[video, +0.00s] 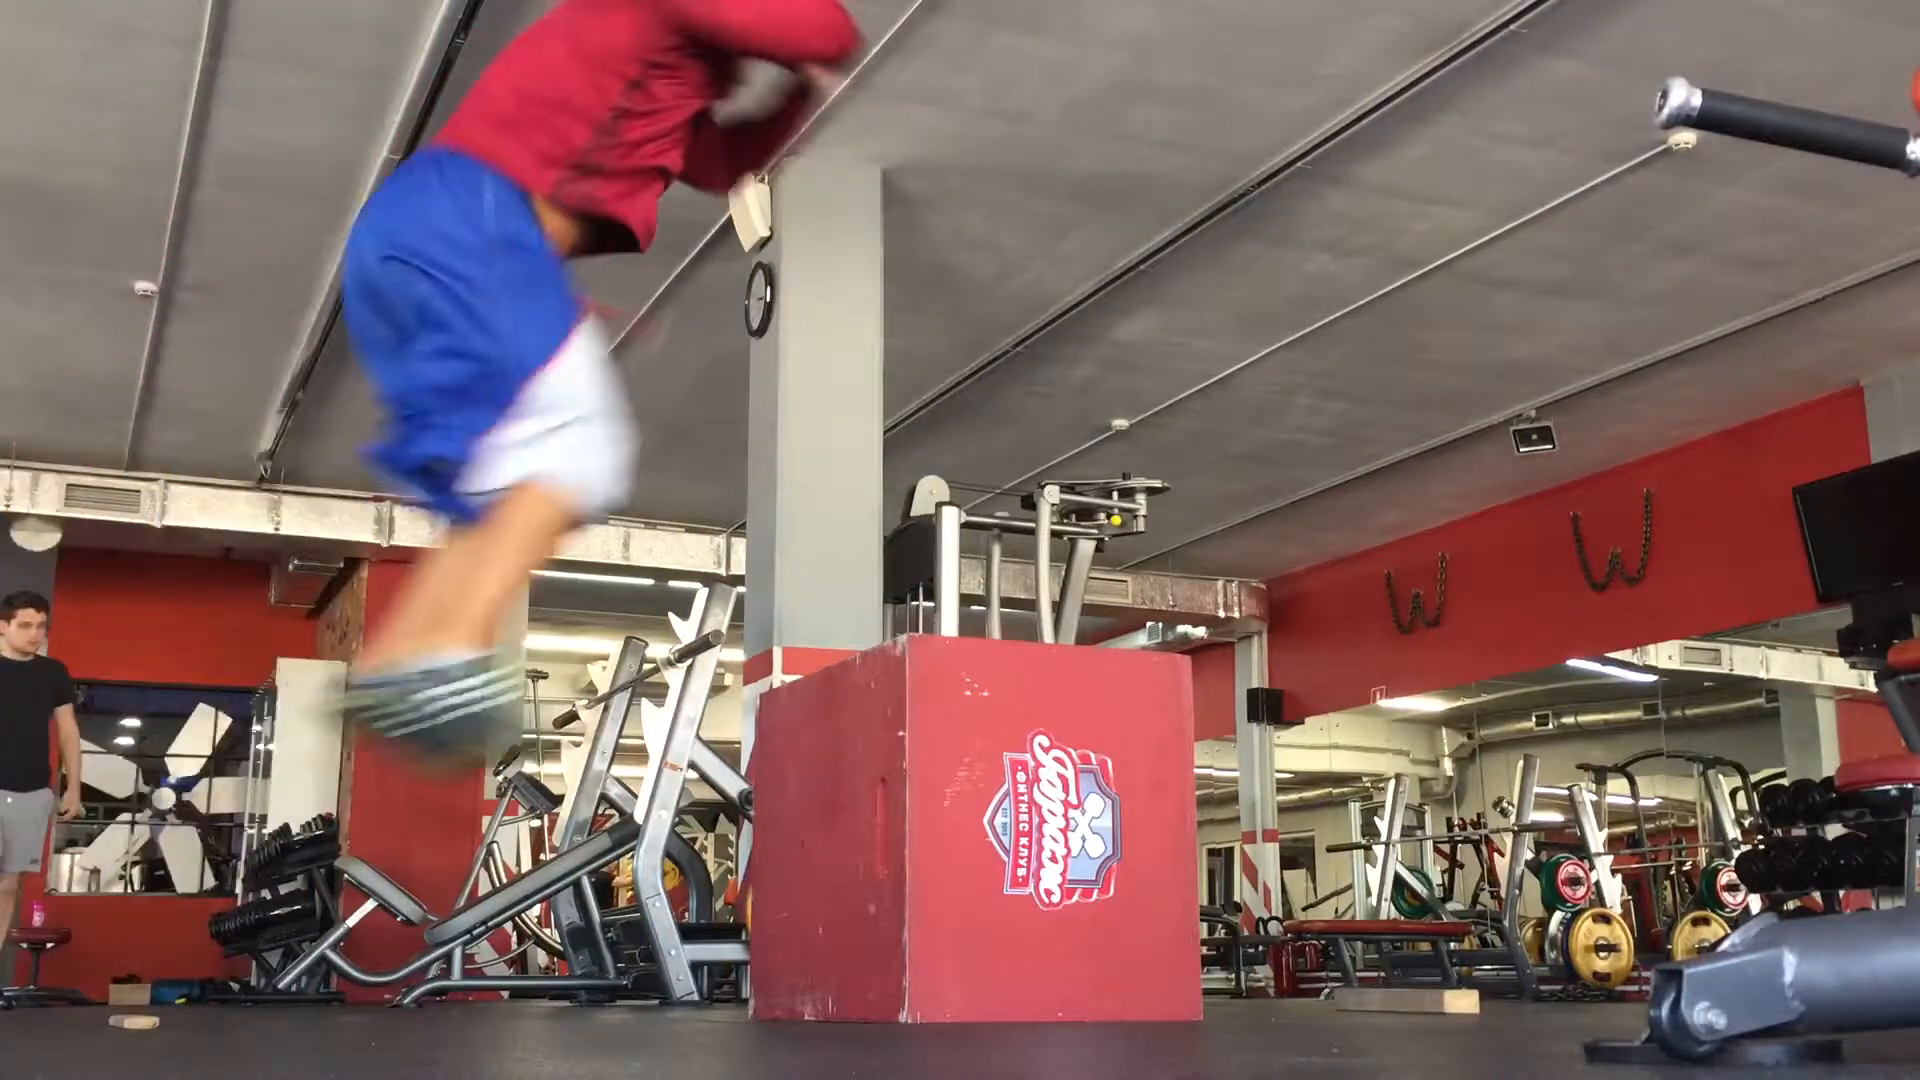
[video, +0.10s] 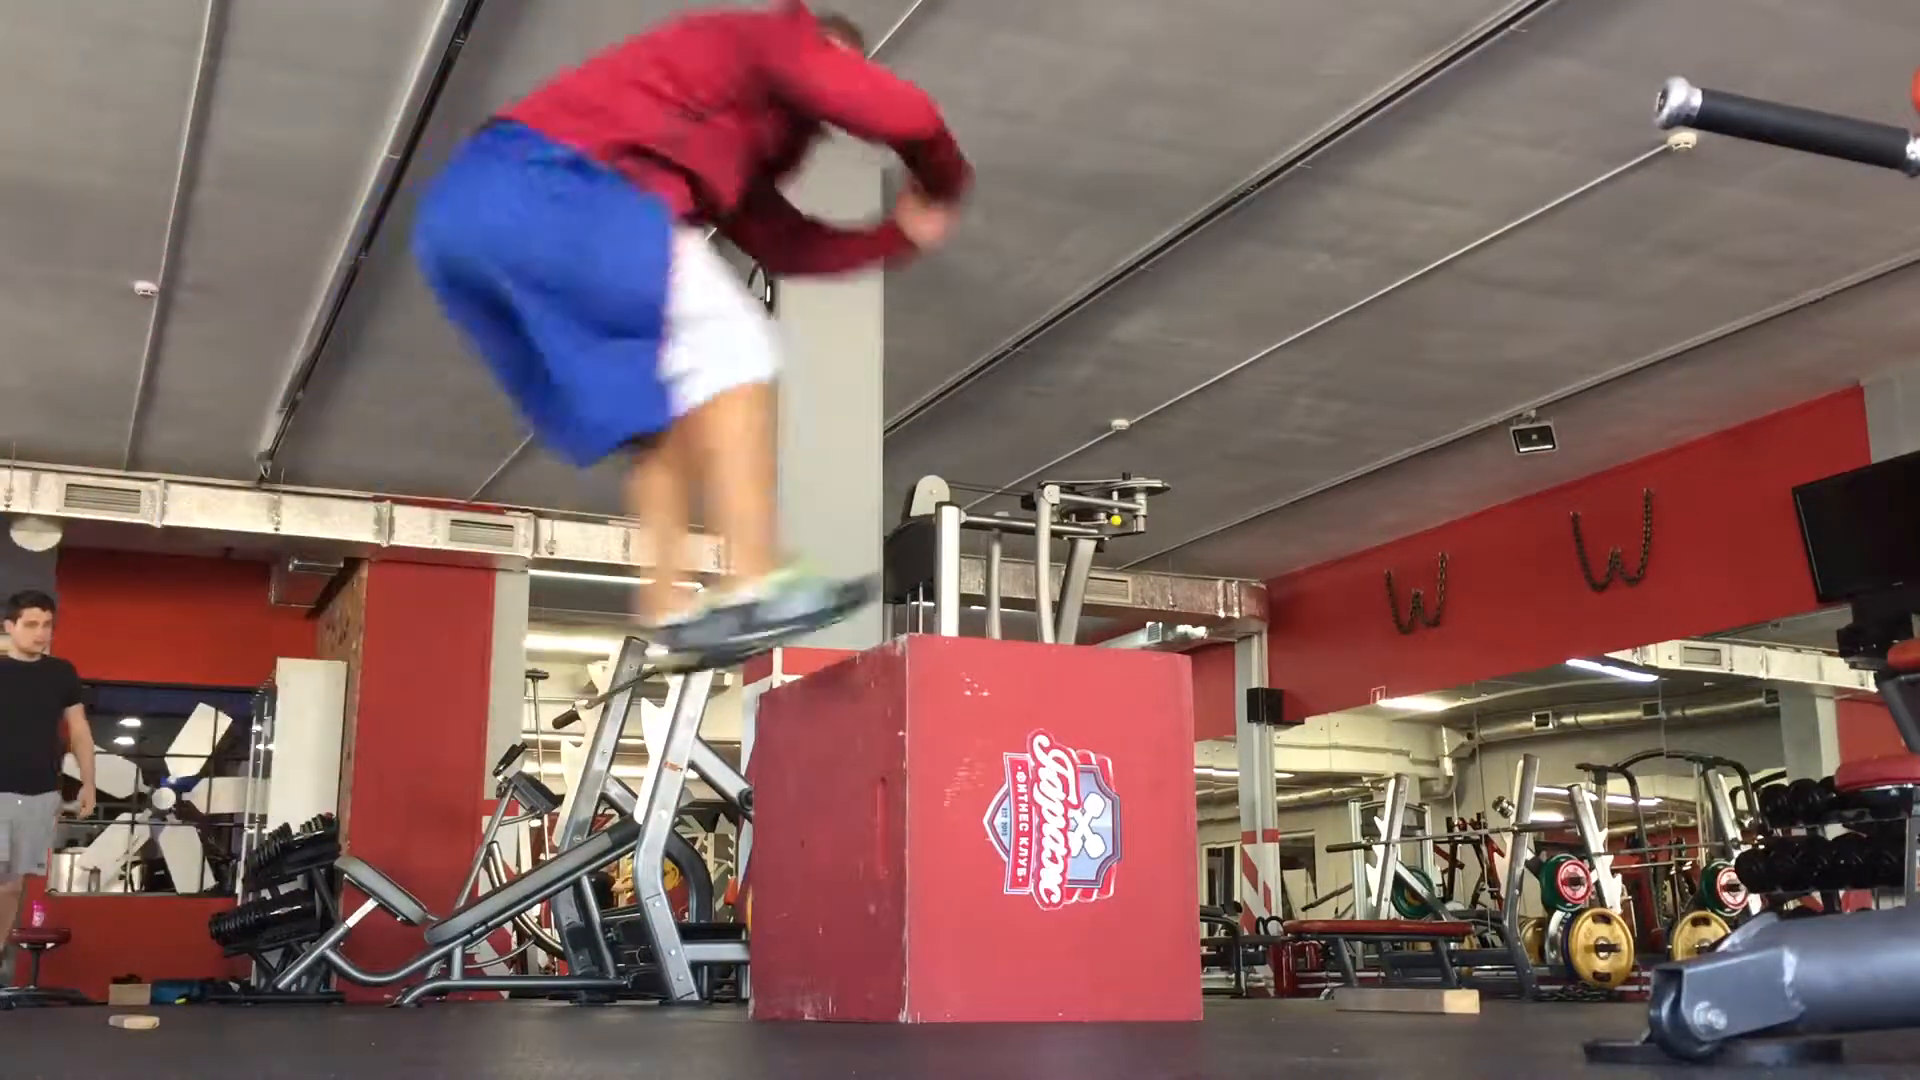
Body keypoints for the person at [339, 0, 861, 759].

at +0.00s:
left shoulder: (657, 79)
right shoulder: (665, 12)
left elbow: (720, 161)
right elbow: (827, 31)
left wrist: (805, 89)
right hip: (461, 214)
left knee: (511, 478)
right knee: (580, 443)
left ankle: (393, 660)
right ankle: (446, 652)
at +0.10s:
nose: (842, 91)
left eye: (847, 75)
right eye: (842, 67)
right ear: (822, 45)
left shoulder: (721, 146)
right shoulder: (772, 36)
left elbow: (787, 246)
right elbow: (909, 114)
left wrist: (897, 238)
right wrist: (944, 180)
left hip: (461, 224)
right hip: (539, 189)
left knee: (659, 412)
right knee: (733, 351)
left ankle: (669, 612)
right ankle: (751, 580)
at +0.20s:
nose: (924, 175)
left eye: (936, 156)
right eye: (934, 149)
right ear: (915, 116)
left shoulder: (809, 220)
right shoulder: (869, 113)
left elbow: (878, 308)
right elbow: (1002, 187)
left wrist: (979, 294)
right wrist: (1022, 247)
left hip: (545, 295)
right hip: (614, 238)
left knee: (765, 421)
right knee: (850, 350)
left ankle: (821, 630)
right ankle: (896, 596)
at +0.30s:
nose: (1005, 195)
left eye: (1005, 183)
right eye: (1003, 177)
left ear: (950, 144)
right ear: (980, 155)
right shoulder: (946, 158)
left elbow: (977, 314)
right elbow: (1086, 213)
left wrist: (1064, 264)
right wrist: (1102, 244)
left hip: (635, 346)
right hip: (712, 306)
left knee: (838, 456)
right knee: (946, 370)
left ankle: (834, 631)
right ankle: (912, 595)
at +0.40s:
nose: (1057, 178)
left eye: (1062, 167)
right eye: (1052, 159)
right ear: (1022, 134)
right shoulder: (987, 144)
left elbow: (1024, 298)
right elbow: (1139, 226)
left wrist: (1098, 238)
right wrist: (1134, 195)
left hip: (691, 317)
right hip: (777, 283)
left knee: (876, 465)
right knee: (989, 388)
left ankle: (837, 627)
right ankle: (913, 596)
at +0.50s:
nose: (1100, 135)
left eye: (1109, 127)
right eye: (1100, 114)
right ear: (1067, 87)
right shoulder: (1038, 95)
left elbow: (982, 302)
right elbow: (1133, 190)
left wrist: (1083, 284)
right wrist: (1183, 229)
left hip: (743, 243)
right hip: (826, 221)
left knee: (913, 433)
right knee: (999, 398)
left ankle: (846, 621)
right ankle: (913, 595)